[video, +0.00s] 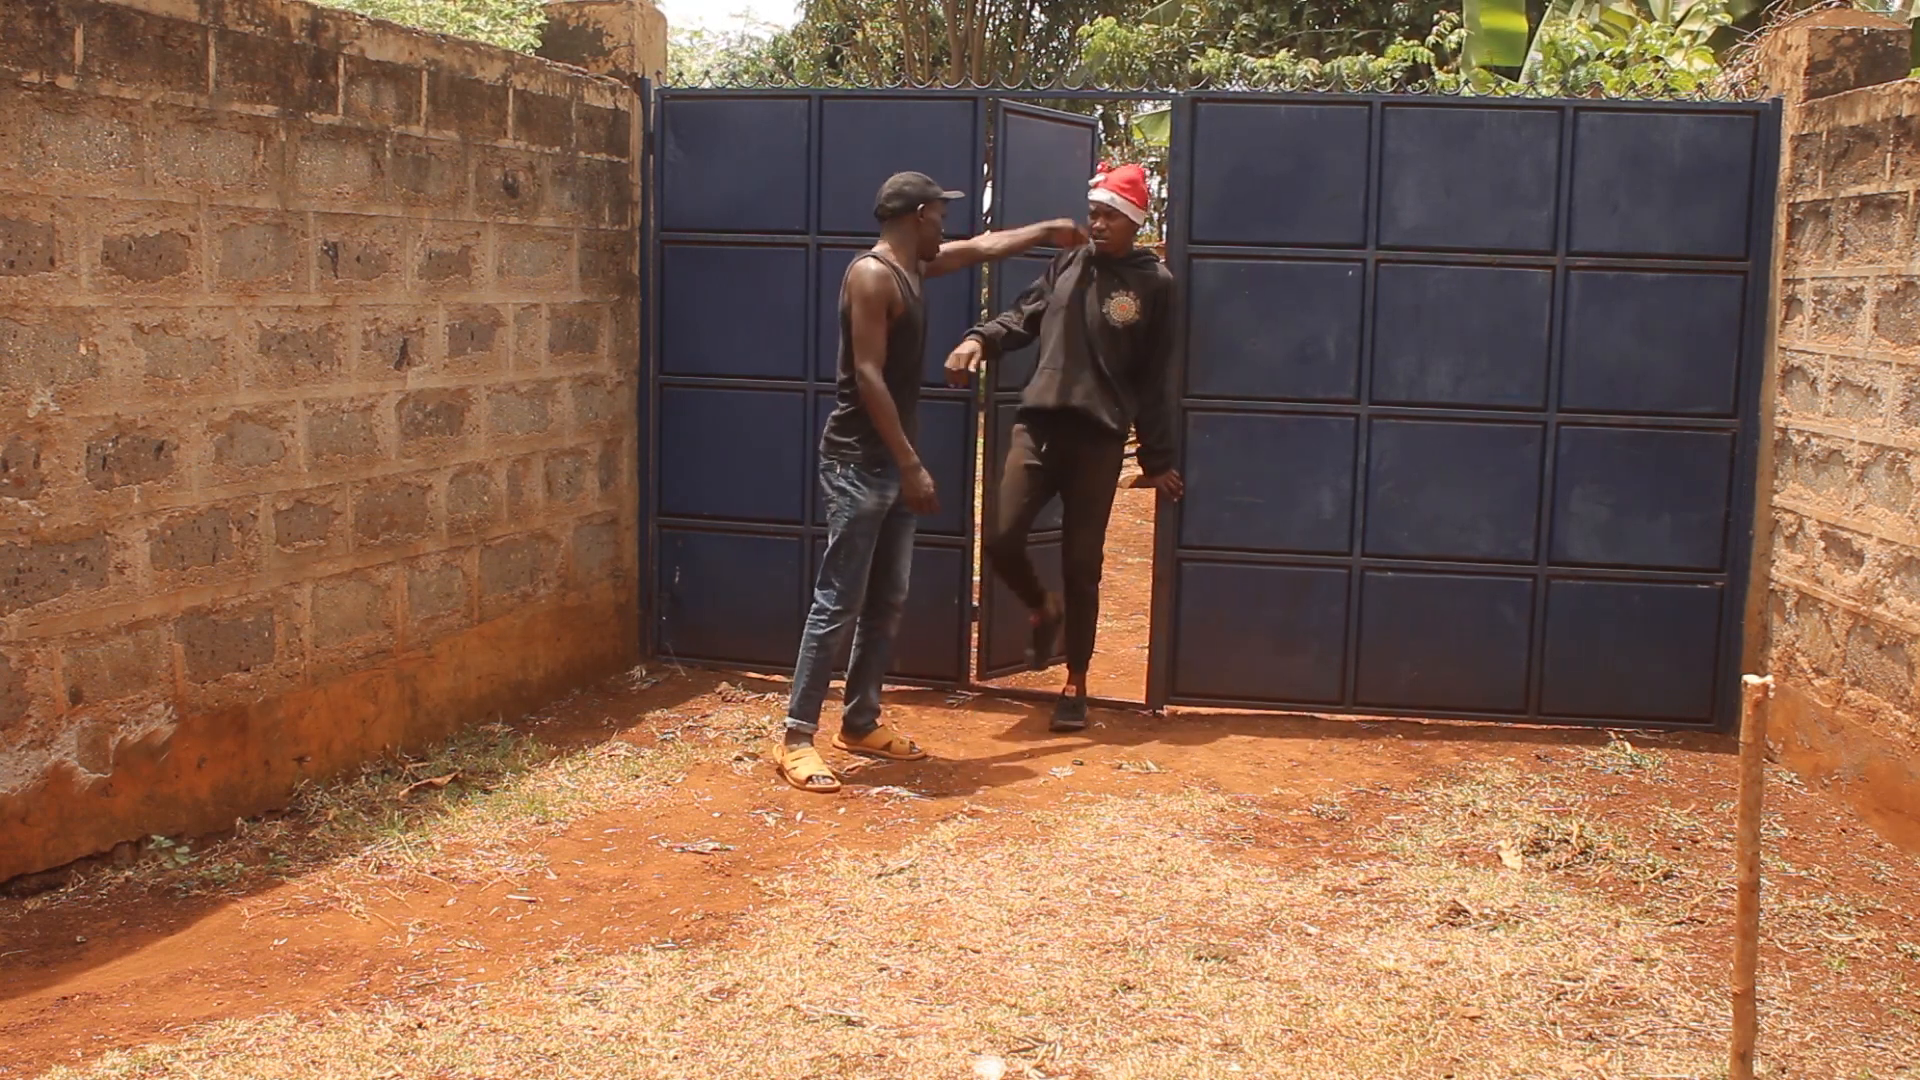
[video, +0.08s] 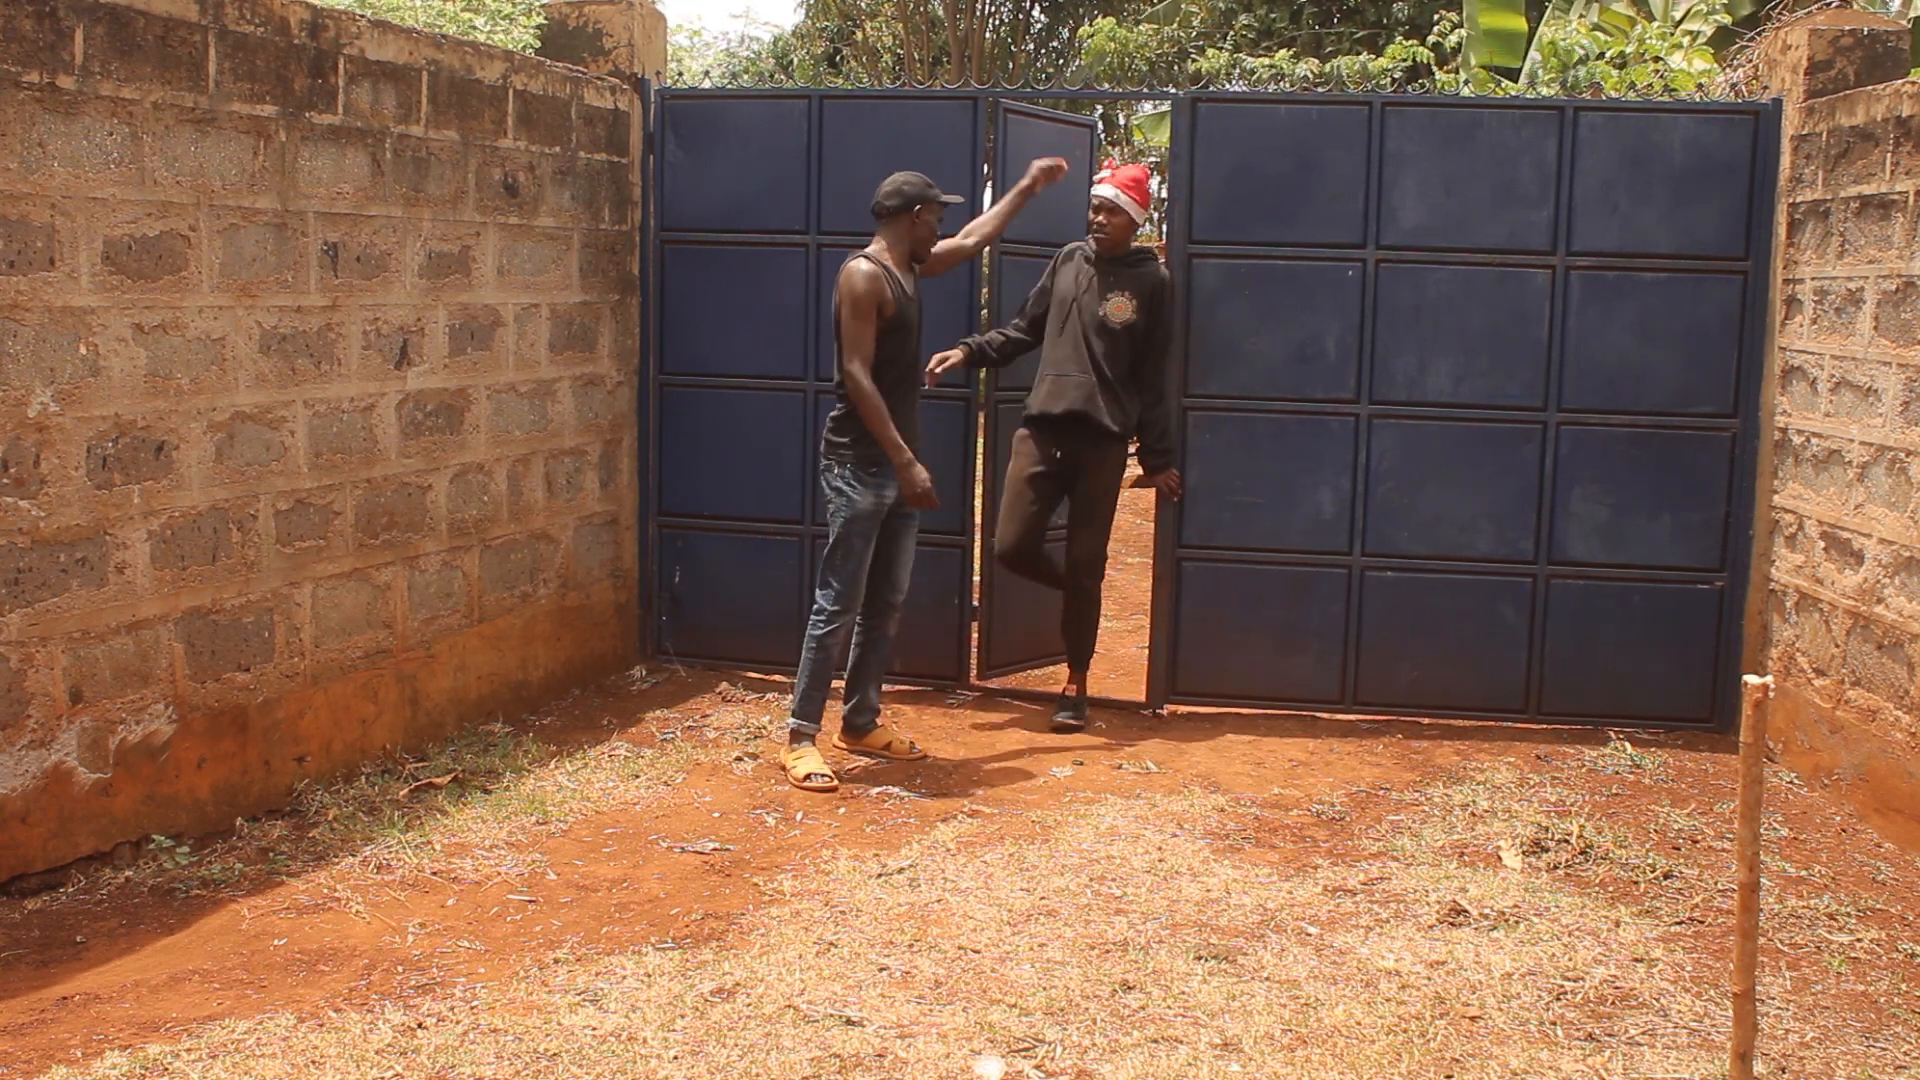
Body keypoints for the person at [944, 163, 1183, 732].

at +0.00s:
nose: (1097, 222)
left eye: (1110, 214)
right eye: (1093, 211)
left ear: (1138, 221)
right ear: (1088, 213)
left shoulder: (1156, 283)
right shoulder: (1067, 263)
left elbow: (1159, 377)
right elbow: (1024, 314)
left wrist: (1159, 458)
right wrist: (979, 338)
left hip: (1098, 435)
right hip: (1038, 425)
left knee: (1081, 564)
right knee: (1000, 540)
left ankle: (1075, 686)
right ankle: (1043, 608)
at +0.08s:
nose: (1100, 220)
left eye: (1113, 212)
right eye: (1095, 208)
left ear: (1139, 221)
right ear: (1089, 211)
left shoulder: (1152, 280)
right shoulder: (1068, 259)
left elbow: (1157, 376)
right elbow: (1026, 328)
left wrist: (1161, 458)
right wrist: (969, 350)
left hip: (1104, 435)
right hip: (1042, 426)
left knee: (1084, 565)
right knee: (1011, 549)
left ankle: (1075, 689)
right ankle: (1083, 582)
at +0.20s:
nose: (1095, 217)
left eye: (1108, 210)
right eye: (1091, 206)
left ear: (1134, 221)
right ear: (1085, 208)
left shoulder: (1147, 280)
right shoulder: (1062, 262)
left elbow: (1153, 376)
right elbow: (1025, 341)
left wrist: (1161, 457)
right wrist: (966, 375)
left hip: (1108, 435)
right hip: (1051, 427)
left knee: (1078, 562)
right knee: (1037, 557)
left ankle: (1074, 690)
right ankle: (1107, 622)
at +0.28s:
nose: (1088, 223)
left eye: (1101, 217)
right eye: (1083, 213)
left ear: (1125, 225)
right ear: (1075, 214)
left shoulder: (1140, 281)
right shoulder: (1059, 268)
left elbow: (1149, 376)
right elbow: (1023, 344)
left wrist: (1158, 458)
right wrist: (969, 392)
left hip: (1109, 435)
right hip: (1057, 430)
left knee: (1068, 555)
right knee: (1066, 556)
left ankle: (1072, 689)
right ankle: (1104, 661)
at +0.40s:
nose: (1070, 243)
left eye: (1082, 236)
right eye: (1065, 233)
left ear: (1107, 244)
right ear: (1060, 237)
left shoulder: (1122, 287)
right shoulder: (1056, 284)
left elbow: (1142, 381)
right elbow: (1028, 363)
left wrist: (1154, 465)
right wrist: (976, 411)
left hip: (1111, 451)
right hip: (1070, 450)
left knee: (1053, 559)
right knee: (1104, 573)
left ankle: (1069, 690)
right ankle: (1121, 680)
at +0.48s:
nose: (1062, 245)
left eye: (1074, 237)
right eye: (1058, 235)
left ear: (1100, 245)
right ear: (1054, 238)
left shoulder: (1118, 288)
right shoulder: (1052, 286)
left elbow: (1137, 381)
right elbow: (1026, 370)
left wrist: (1155, 463)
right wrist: (979, 420)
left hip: (1114, 449)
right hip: (1077, 449)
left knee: (1058, 555)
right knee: (1114, 570)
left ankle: (1070, 690)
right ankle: (1122, 680)